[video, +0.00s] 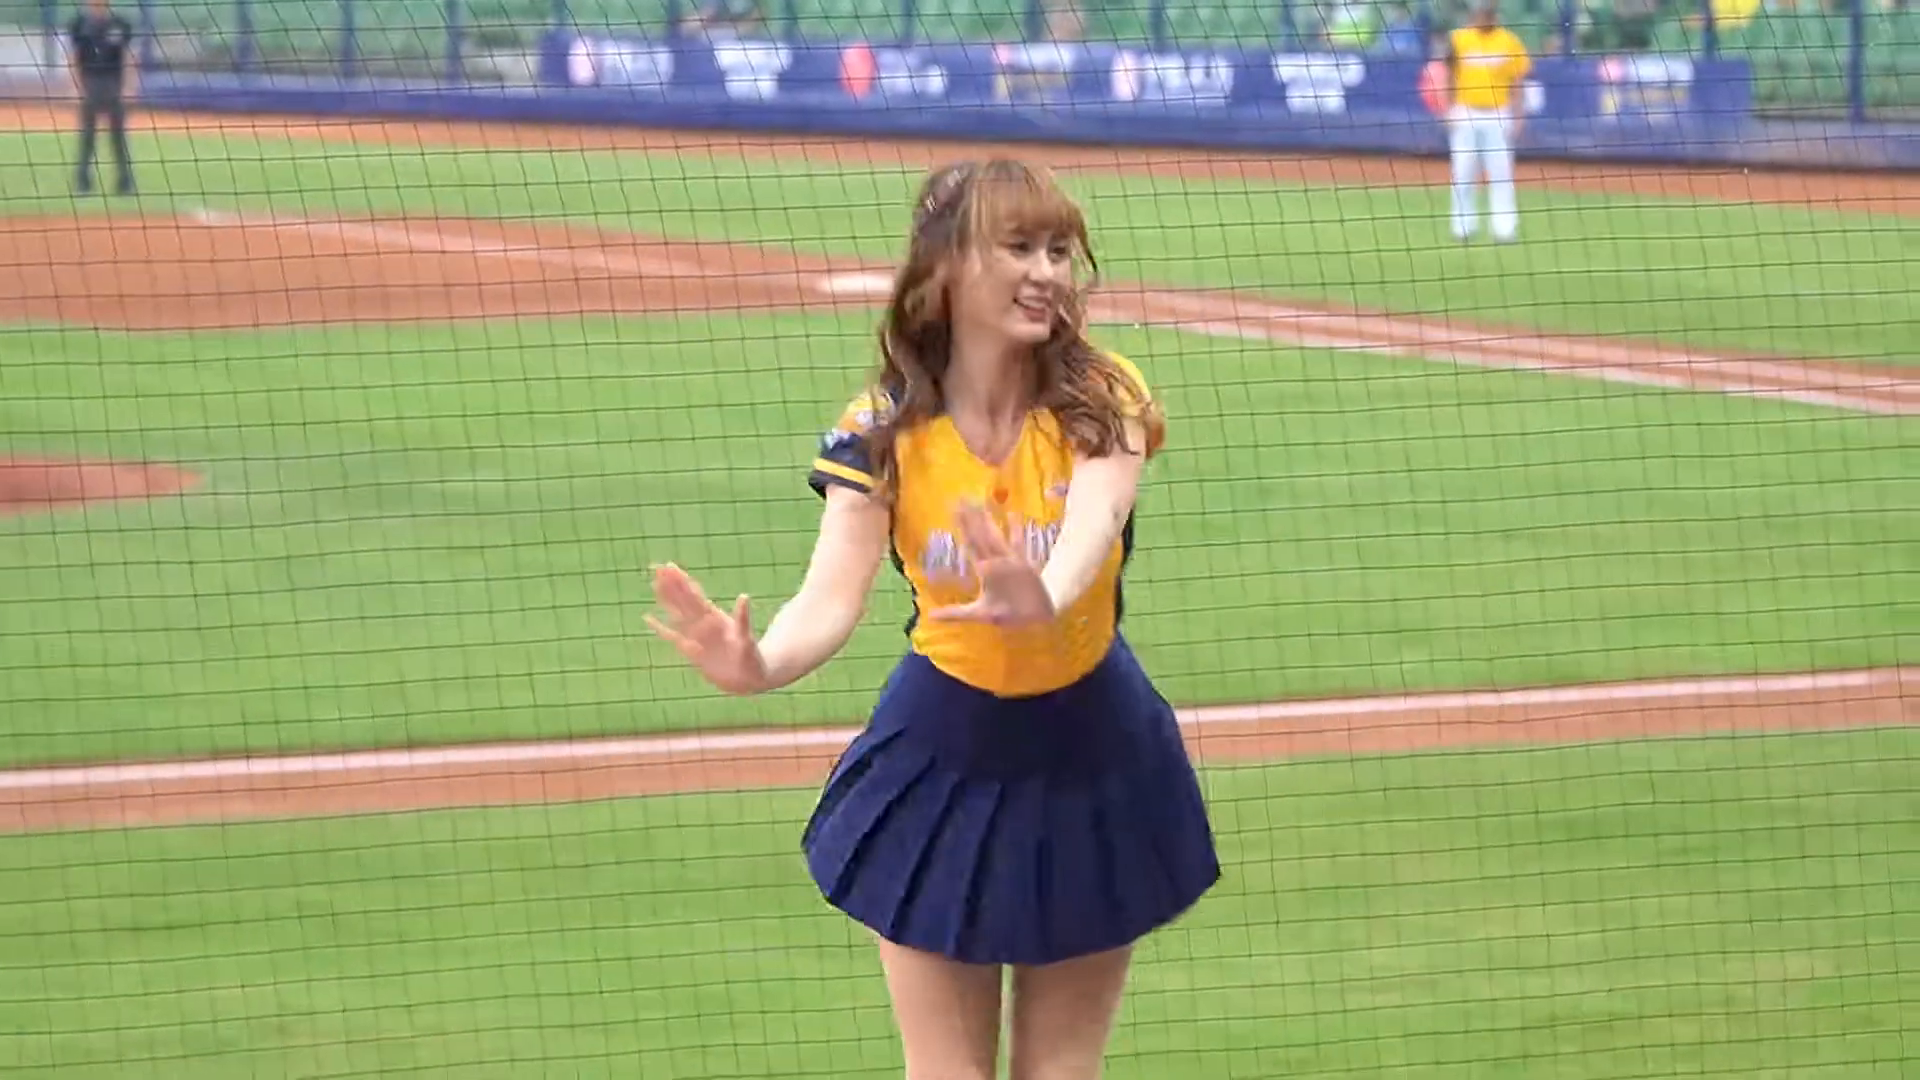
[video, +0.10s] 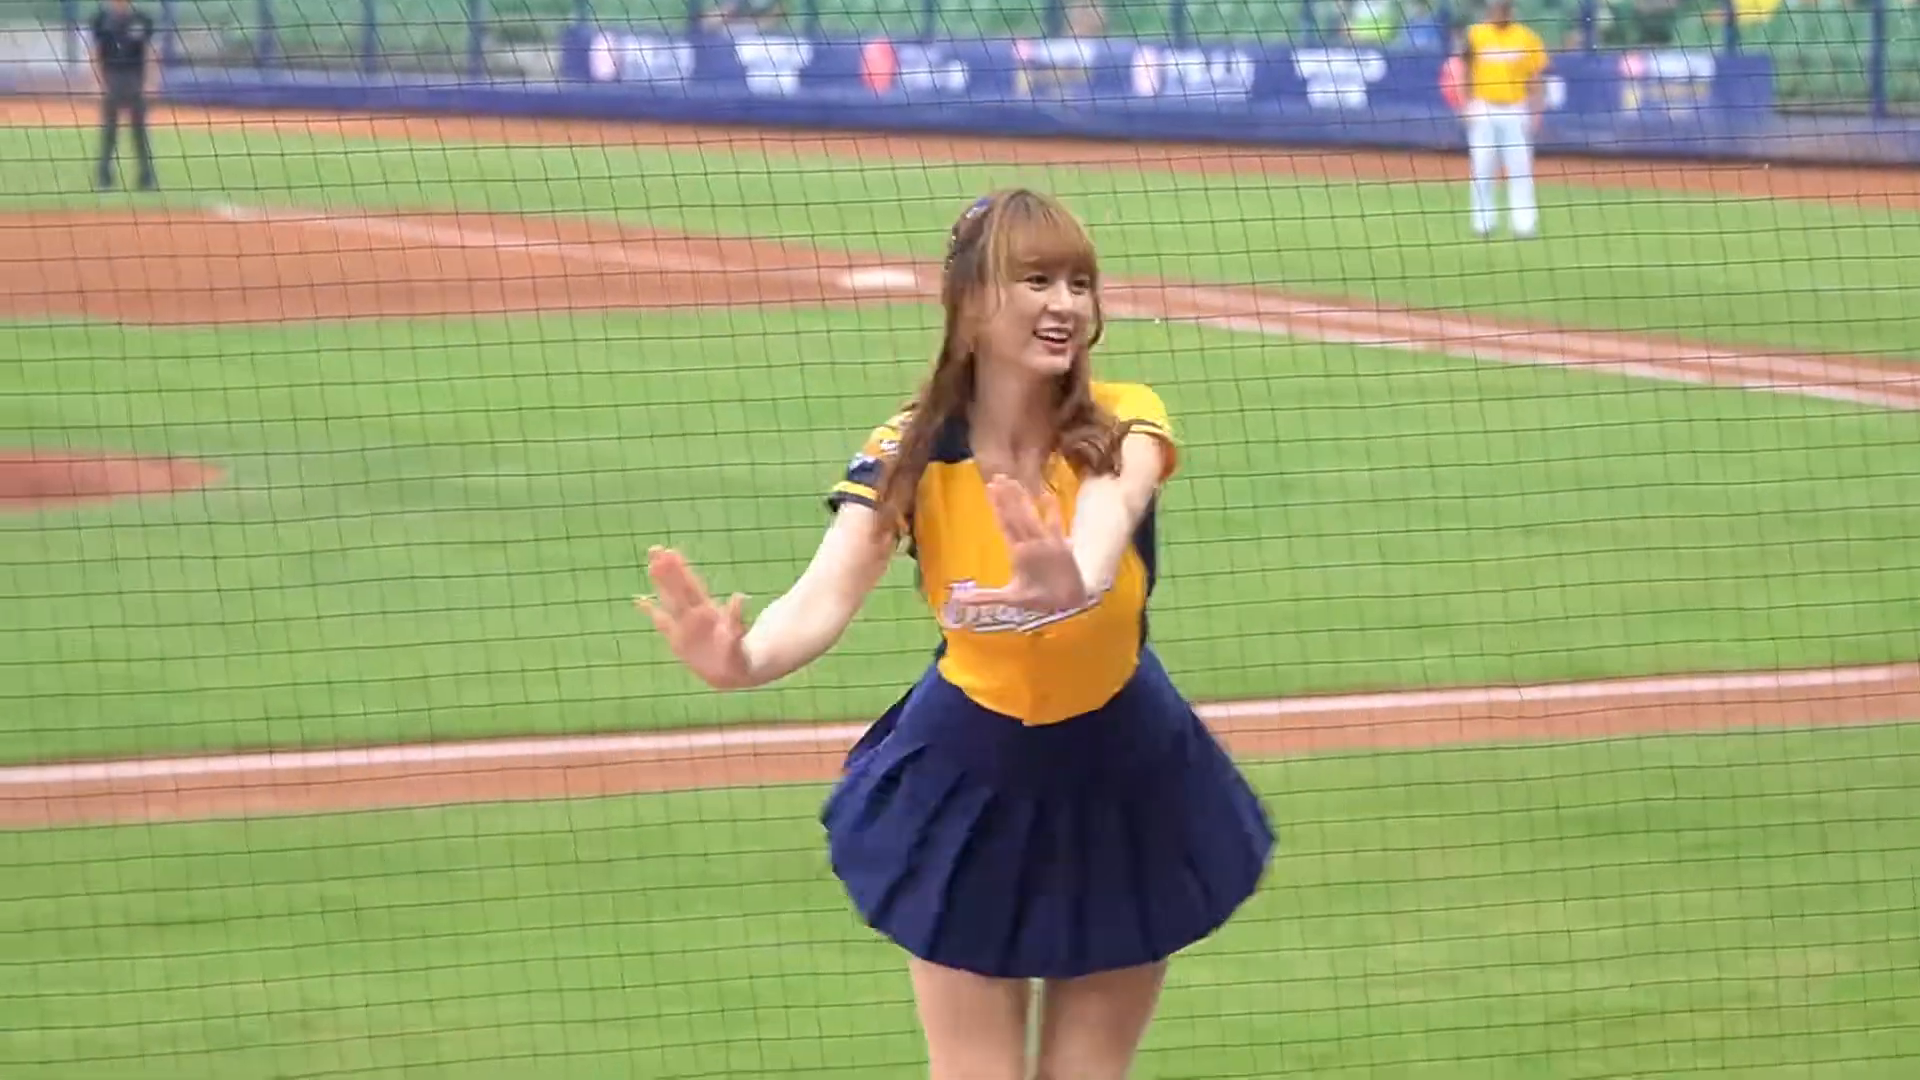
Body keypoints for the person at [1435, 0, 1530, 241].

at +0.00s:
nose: (1485, 18)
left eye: (1489, 13)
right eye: (1481, 13)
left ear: (1495, 14)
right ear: (1473, 14)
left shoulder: (1508, 41)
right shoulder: (1458, 39)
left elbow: (1518, 84)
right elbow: (1447, 74)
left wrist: (1518, 118)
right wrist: (1448, 106)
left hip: (1498, 113)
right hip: (1464, 112)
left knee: (1500, 170)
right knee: (1463, 171)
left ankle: (1504, 225)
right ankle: (1463, 224)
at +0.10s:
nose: (1500, 12)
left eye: (1504, 7)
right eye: (1495, 7)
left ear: (1510, 9)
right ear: (1489, 9)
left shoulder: (1526, 37)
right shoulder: (1475, 34)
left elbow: (1536, 79)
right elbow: (1465, 70)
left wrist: (1536, 112)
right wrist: (1466, 102)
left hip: (1516, 108)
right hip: (1482, 107)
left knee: (1519, 165)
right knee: (1482, 166)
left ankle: (1524, 220)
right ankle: (1483, 219)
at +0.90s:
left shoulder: (1520, 8)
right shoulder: (1468, 11)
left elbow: (1535, 44)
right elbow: (1461, 50)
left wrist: (1537, 79)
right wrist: (1465, 84)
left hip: (1519, 78)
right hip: (1484, 79)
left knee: (1526, 137)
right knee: (1491, 140)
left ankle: (1538, 192)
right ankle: (1499, 193)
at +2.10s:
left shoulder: (1520, 5)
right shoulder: (1467, 5)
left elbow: (1528, 39)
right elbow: (1452, 30)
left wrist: (1526, 71)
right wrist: (1455, 71)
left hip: (1510, 71)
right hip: (1476, 71)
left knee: (1518, 130)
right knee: (1474, 131)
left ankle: (1528, 185)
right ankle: (1473, 186)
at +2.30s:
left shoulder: (1499, 5)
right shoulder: (1448, 6)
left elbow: (1510, 38)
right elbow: (1442, 36)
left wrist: (1507, 74)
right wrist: (1439, 70)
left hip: (1491, 75)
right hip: (1457, 73)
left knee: (1493, 135)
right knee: (1447, 135)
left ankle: (1497, 190)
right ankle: (1441, 189)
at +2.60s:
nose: (1467, 4)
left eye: (1471, 1)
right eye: (1463, 1)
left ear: (1478, 2)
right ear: (1457, 2)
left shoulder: (1491, 24)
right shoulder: (1442, 23)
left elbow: (1503, 67)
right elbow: (1429, 59)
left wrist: (1504, 101)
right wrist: (1431, 93)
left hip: (1481, 99)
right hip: (1447, 98)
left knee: (1479, 155)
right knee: (1431, 151)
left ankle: (1476, 210)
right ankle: (1419, 205)